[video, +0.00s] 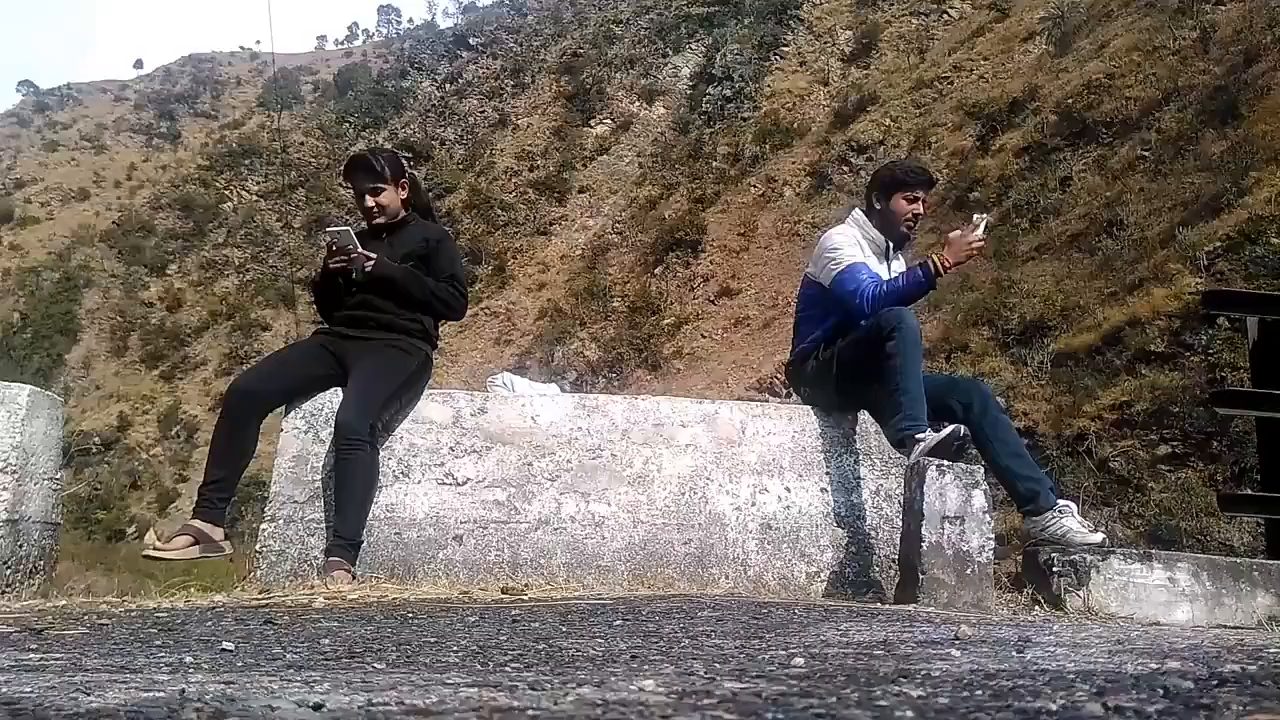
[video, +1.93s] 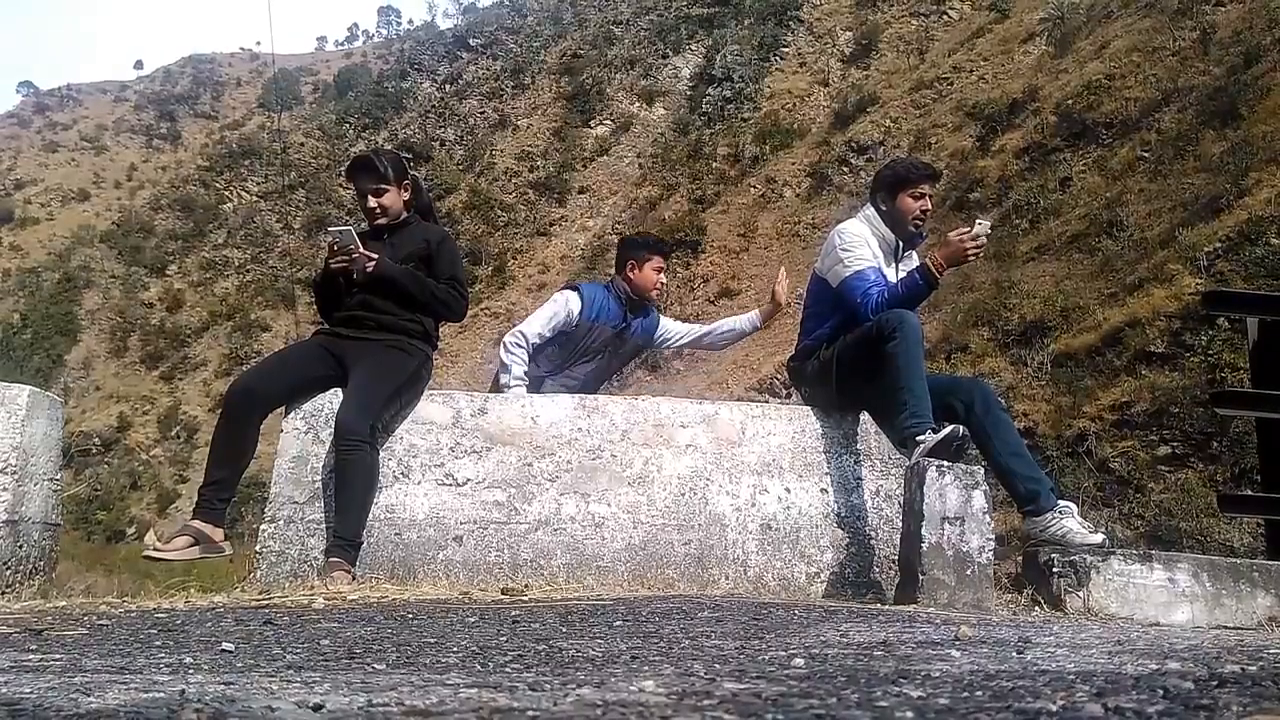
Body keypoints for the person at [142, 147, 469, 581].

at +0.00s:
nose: (369, 202)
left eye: (377, 191)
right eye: (361, 194)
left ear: (403, 187)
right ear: (356, 195)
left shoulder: (432, 236)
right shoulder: (353, 236)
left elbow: (455, 303)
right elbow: (329, 309)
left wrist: (383, 268)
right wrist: (331, 271)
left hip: (396, 348)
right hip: (336, 341)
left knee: (353, 427)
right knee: (245, 393)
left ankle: (340, 564)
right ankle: (208, 527)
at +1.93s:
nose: (372, 203)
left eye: (380, 193)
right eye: (364, 195)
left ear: (406, 189)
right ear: (359, 195)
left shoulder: (434, 237)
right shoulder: (356, 236)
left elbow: (455, 305)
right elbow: (330, 310)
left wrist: (385, 269)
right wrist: (333, 273)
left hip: (397, 350)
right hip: (336, 342)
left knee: (354, 427)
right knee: (246, 393)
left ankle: (340, 564)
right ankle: (207, 526)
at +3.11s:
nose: (371, 196)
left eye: (380, 186)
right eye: (364, 188)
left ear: (406, 183)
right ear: (359, 189)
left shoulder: (433, 232)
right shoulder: (356, 231)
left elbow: (455, 299)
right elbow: (329, 303)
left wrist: (385, 264)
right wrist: (332, 268)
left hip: (397, 344)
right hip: (336, 336)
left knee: (354, 422)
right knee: (246, 389)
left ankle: (341, 558)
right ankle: (208, 520)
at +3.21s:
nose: (371, 196)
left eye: (380, 186)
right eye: (364, 188)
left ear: (406, 184)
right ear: (359, 190)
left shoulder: (433, 233)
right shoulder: (355, 231)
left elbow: (455, 300)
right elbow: (329, 304)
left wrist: (385, 264)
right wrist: (332, 267)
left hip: (396, 344)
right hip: (336, 337)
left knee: (353, 423)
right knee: (246, 389)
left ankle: (341, 559)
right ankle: (208, 521)